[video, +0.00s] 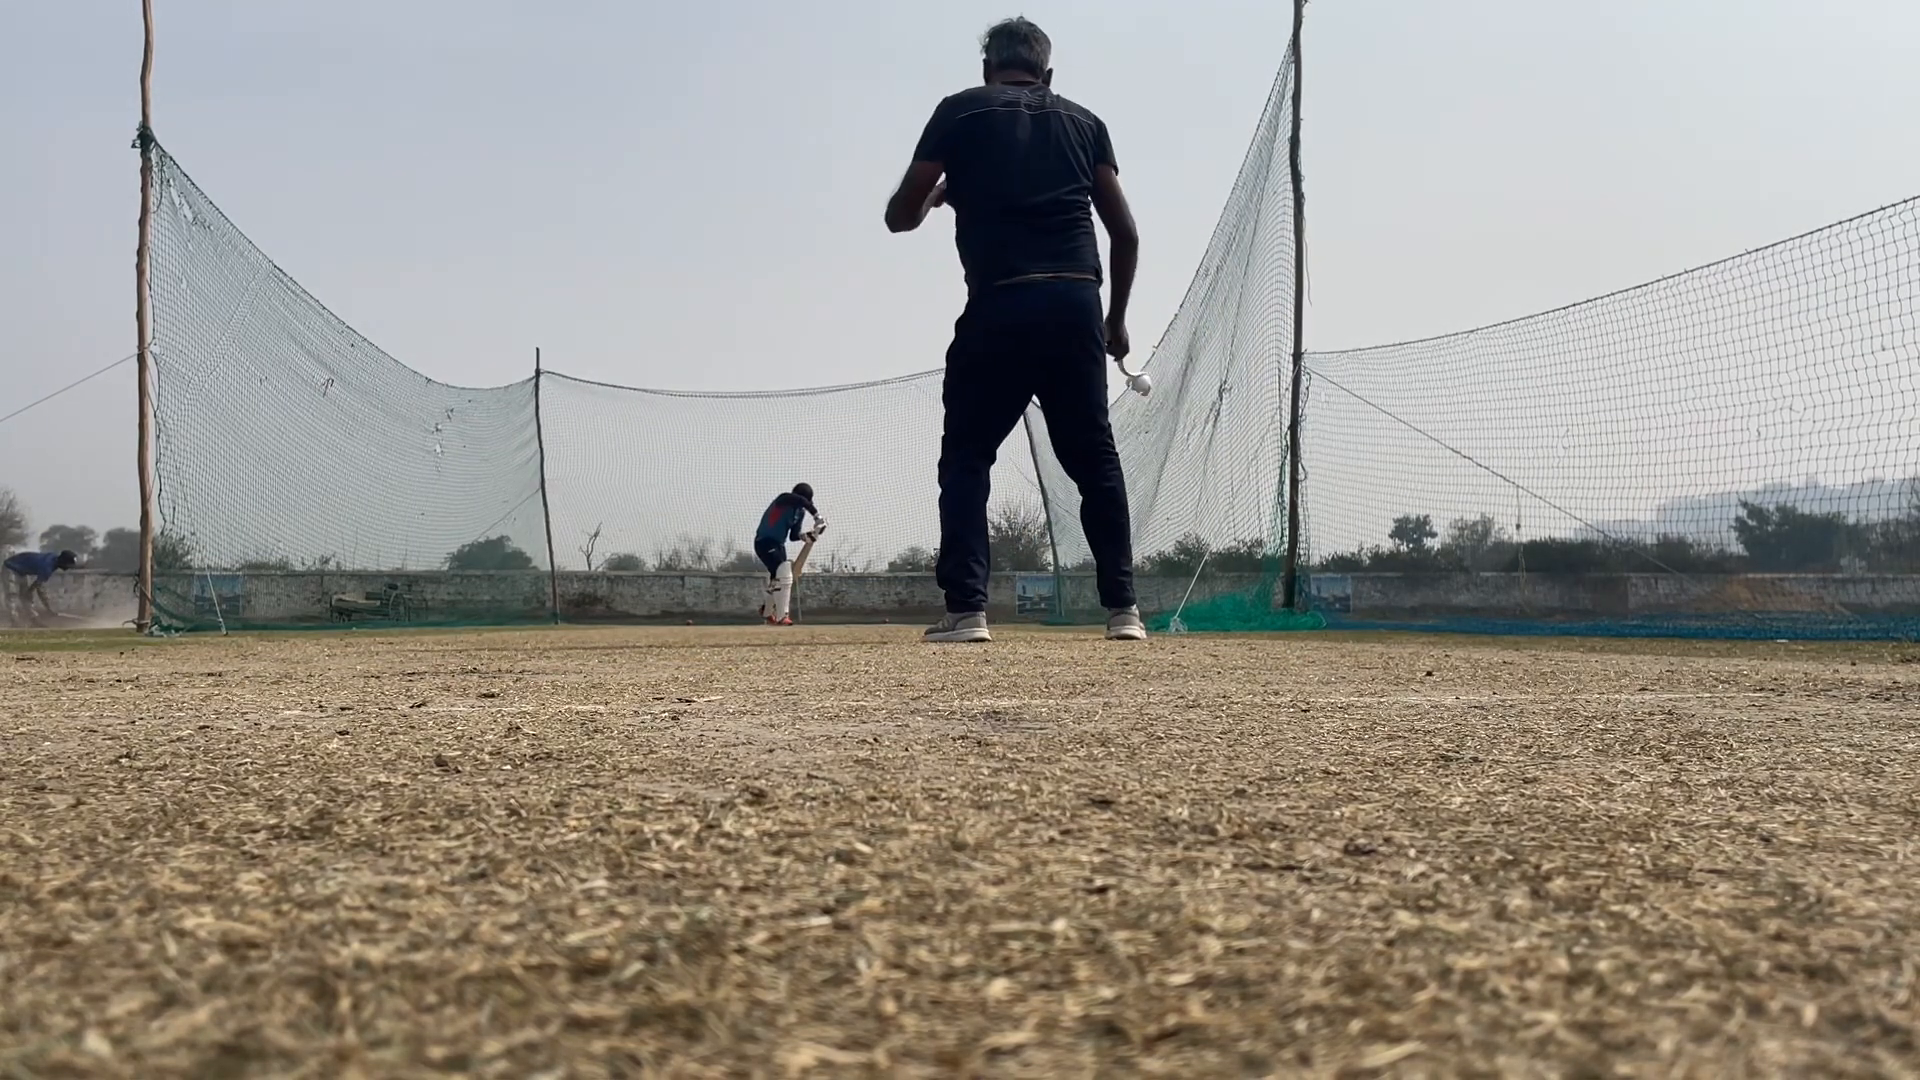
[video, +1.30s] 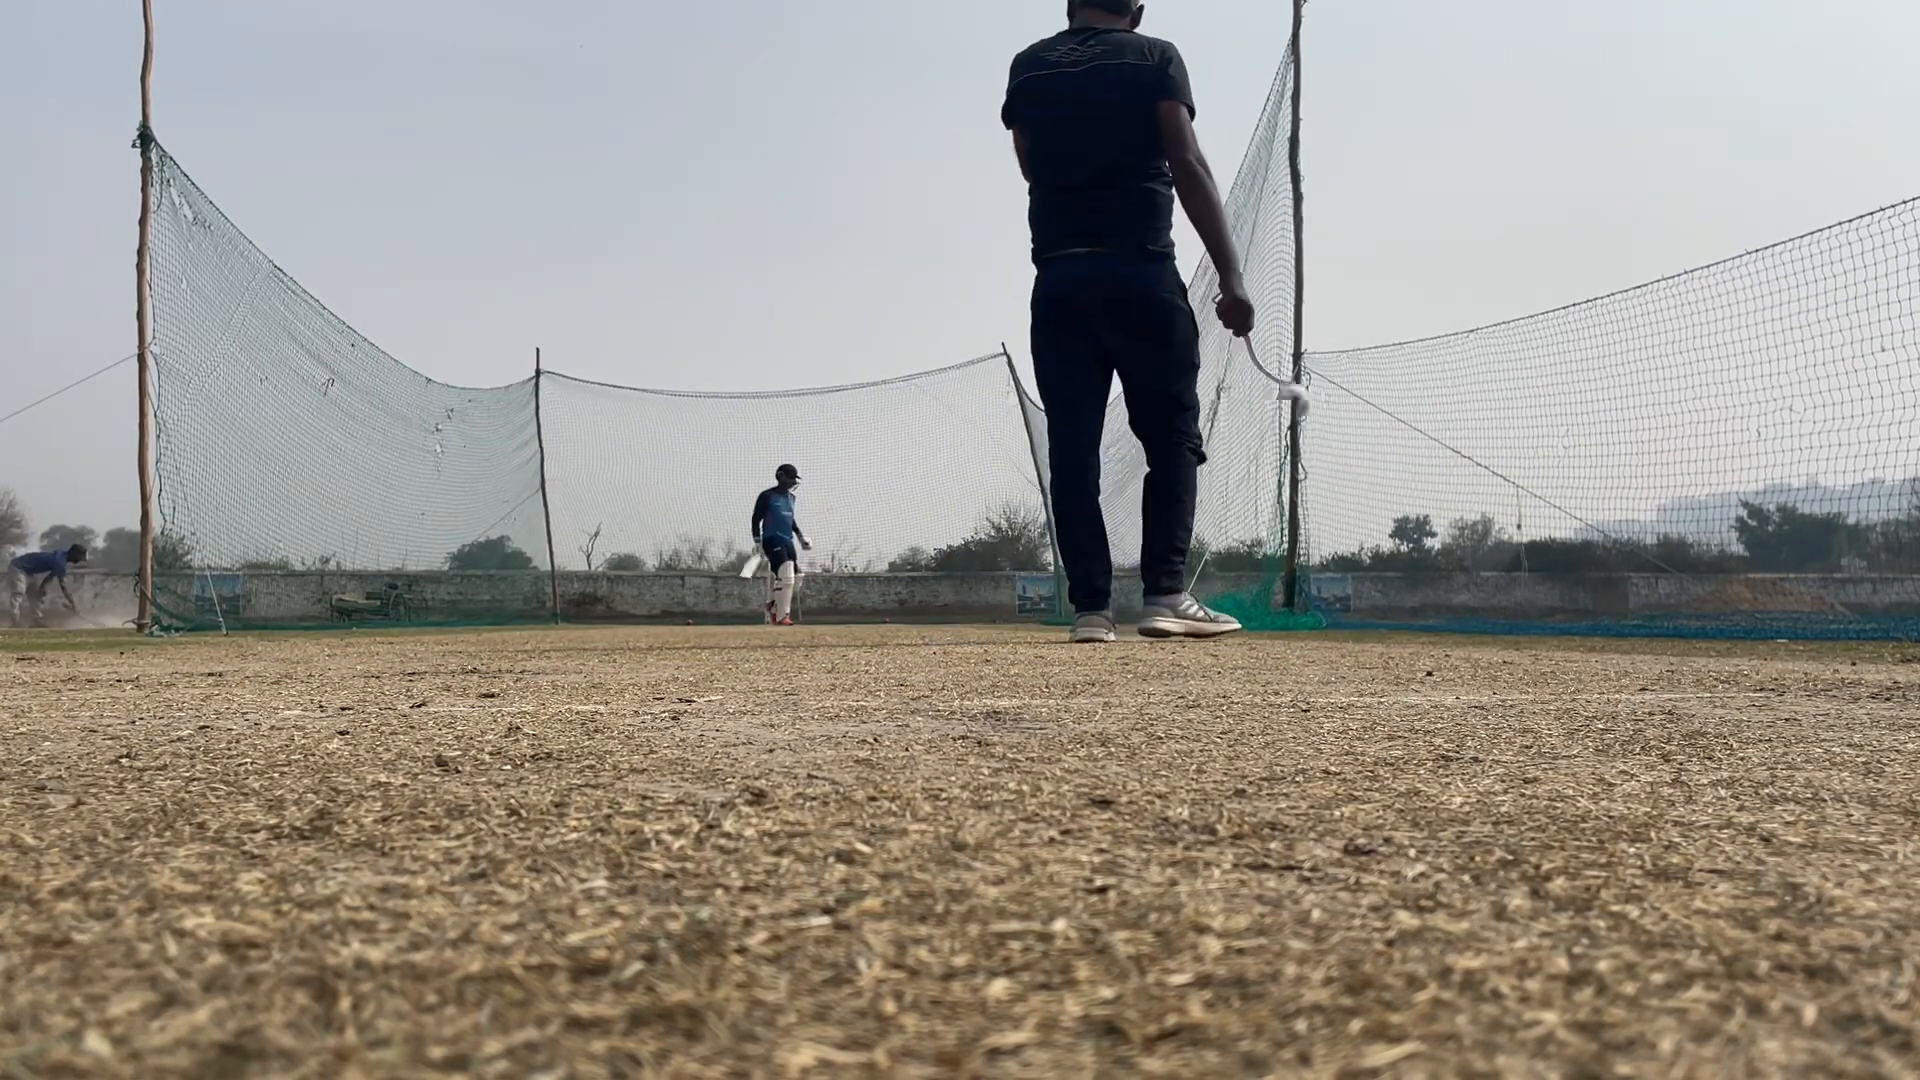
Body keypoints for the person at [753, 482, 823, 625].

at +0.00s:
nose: (807, 503)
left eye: (808, 501)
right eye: (806, 499)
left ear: (803, 501)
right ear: (802, 497)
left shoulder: (800, 512)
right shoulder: (784, 498)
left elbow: (793, 536)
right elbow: (803, 501)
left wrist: (805, 535)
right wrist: (817, 516)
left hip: (778, 544)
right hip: (765, 541)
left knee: (777, 578)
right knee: (784, 574)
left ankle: (768, 613)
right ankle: (781, 616)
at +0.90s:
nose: (804, 494)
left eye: (805, 491)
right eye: (802, 490)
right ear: (794, 488)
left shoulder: (797, 506)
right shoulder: (780, 497)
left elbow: (798, 521)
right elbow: (786, 505)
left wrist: (800, 533)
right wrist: (807, 517)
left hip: (779, 544)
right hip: (767, 541)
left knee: (781, 576)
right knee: (787, 573)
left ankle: (771, 612)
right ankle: (782, 615)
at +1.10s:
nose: (799, 485)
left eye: (800, 482)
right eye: (797, 481)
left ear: (797, 483)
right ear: (786, 480)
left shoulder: (795, 502)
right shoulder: (773, 498)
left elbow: (795, 527)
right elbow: (764, 521)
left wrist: (803, 546)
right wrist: (764, 541)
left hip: (787, 543)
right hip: (773, 543)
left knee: (786, 578)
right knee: (788, 576)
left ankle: (773, 607)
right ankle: (783, 615)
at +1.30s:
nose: (793, 482)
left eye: (794, 479)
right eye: (790, 478)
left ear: (793, 479)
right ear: (780, 477)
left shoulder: (790, 498)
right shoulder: (766, 496)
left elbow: (790, 520)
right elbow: (756, 519)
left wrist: (801, 537)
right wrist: (757, 540)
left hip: (787, 540)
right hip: (772, 539)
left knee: (795, 576)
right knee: (786, 573)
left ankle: (774, 606)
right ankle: (783, 615)